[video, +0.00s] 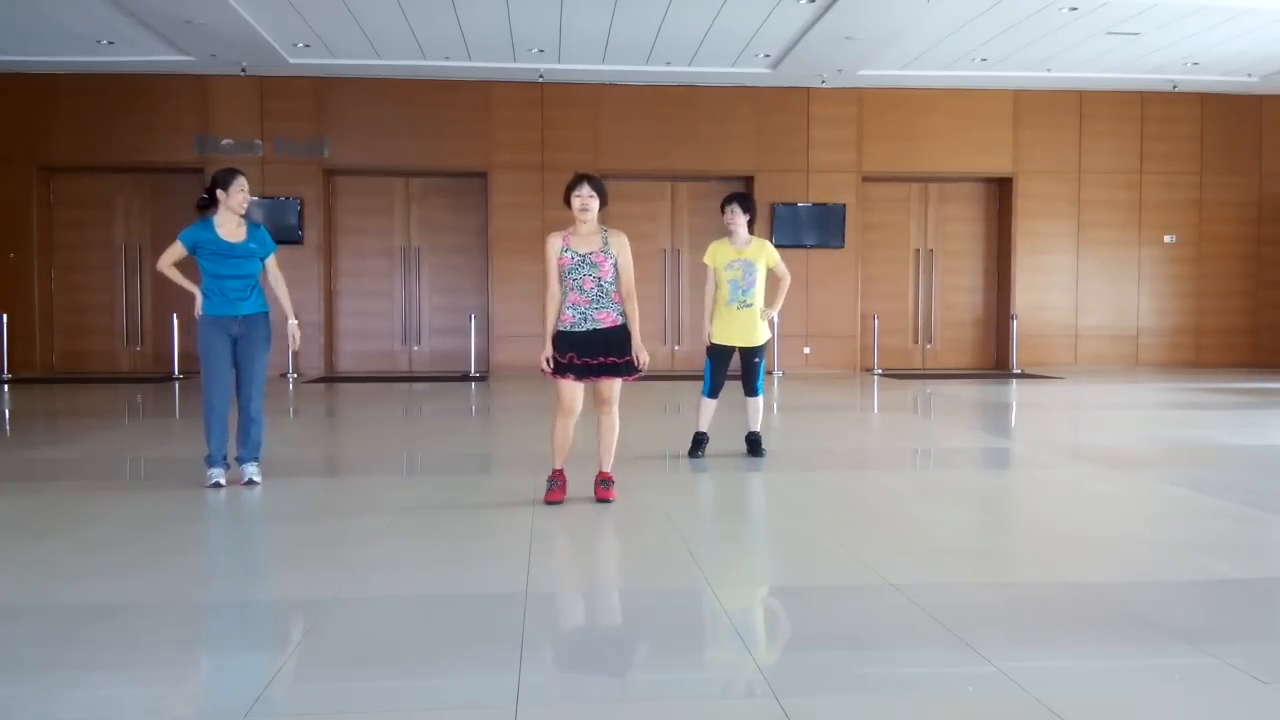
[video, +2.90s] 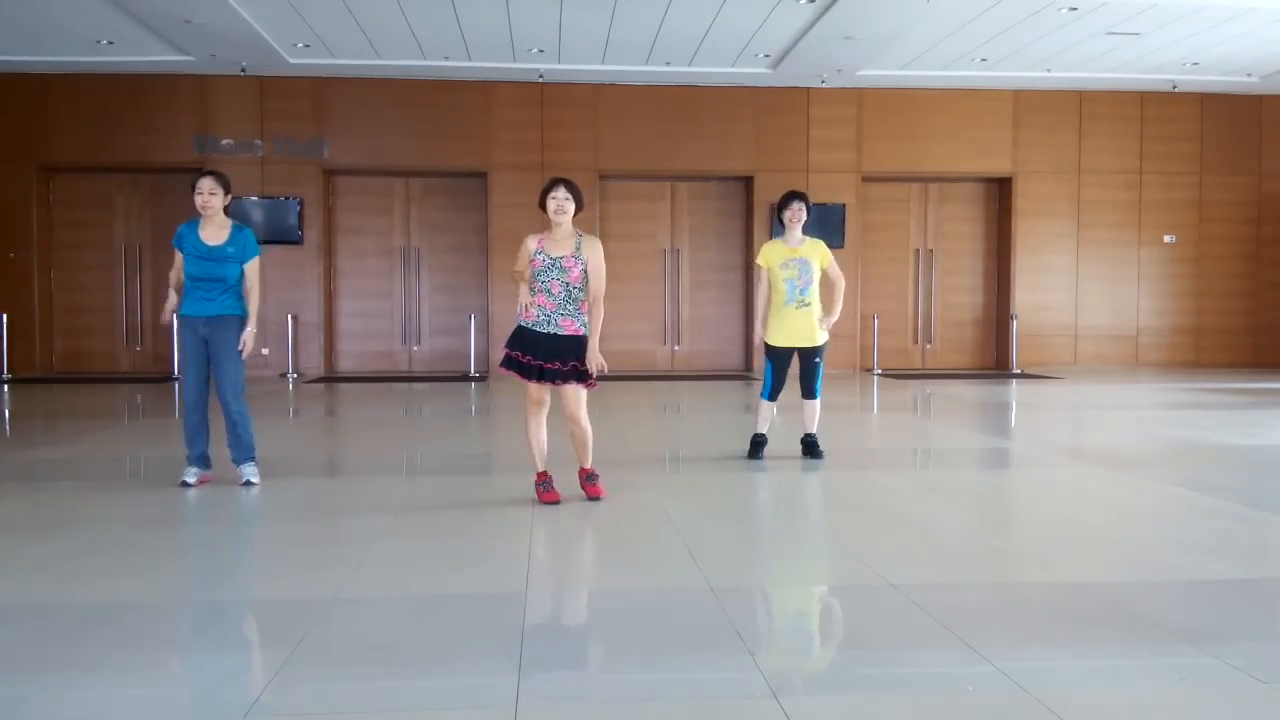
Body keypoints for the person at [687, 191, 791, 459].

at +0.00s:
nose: (729, 217)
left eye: (735, 212)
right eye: (726, 212)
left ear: (747, 216)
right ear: (722, 217)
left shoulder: (763, 248)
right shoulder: (716, 248)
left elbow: (785, 277)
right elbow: (710, 287)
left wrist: (775, 307)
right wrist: (706, 322)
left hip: (753, 327)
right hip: (721, 327)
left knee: (753, 387)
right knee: (711, 386)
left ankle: (754, 436)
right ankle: (700, 436)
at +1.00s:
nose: (737, 224)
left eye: (743, 219)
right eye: (732, 218)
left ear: (747, 224)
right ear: (722, 220)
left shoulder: (753, 254)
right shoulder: (707, 252)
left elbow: (769, 285)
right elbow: (694, 283)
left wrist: (762, 315)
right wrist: (685, 311)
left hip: (744, 330)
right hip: (711, 330)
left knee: (764, 383)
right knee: (703, 385)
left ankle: (786, 436)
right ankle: (693, 434)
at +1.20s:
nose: (760, 222)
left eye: (765, 218)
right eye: (754, 218)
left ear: (771, 223)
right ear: (745, 223)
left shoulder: (781, 256)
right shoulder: (734, 254)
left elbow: (795, 287)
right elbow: (719, 291)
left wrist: (789, 317)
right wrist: (712, 323)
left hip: (772, 331)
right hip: (737, 331)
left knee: (791, 382)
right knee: (721, 384)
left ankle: (805, 438)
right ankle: (697, 433)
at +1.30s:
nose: (770, 220)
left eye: (775, 215)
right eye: (765, 215)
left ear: (781, 220)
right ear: (756, 221)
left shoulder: (793, 253)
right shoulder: (745, 253)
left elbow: (811, 281)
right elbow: (735, 291)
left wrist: (805, 315)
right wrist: (729, 326)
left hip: (787, 329)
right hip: (753, 330)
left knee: (800, 385)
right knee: (735, 386)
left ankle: (806, 438)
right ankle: (714, 433)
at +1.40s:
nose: (779, 217)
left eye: (783, 212)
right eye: (773, 213)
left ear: (790, 217)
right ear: (764, 218)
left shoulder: (802, 250)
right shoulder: (754, 251)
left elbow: (821, 279)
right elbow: (747, 290)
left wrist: (815, 314)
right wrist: (743, 327)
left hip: (797, 329)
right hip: (763, 330)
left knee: (804, 387)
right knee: (751, 387)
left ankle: (807, 438)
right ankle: (740, 436)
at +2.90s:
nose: (795, 214)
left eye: (800, 210)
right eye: (790, 209)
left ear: (806, 215)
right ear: (781, 214)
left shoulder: (817, 247)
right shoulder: (769, 249)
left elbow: (839, 281)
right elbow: (762, 288)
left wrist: (833, 316)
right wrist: (758, 325)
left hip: (812, 329)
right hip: (778, 329)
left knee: (811, 389)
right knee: (772, 387)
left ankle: (810, 439)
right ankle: (759, 437)